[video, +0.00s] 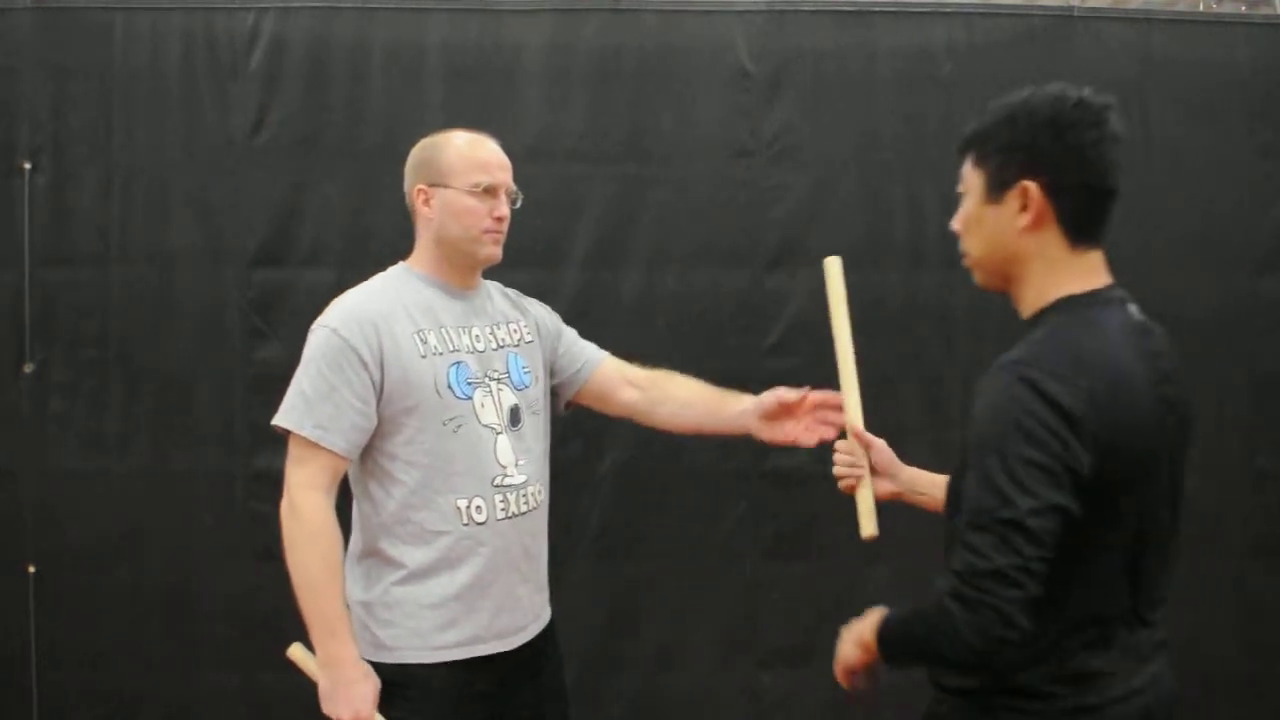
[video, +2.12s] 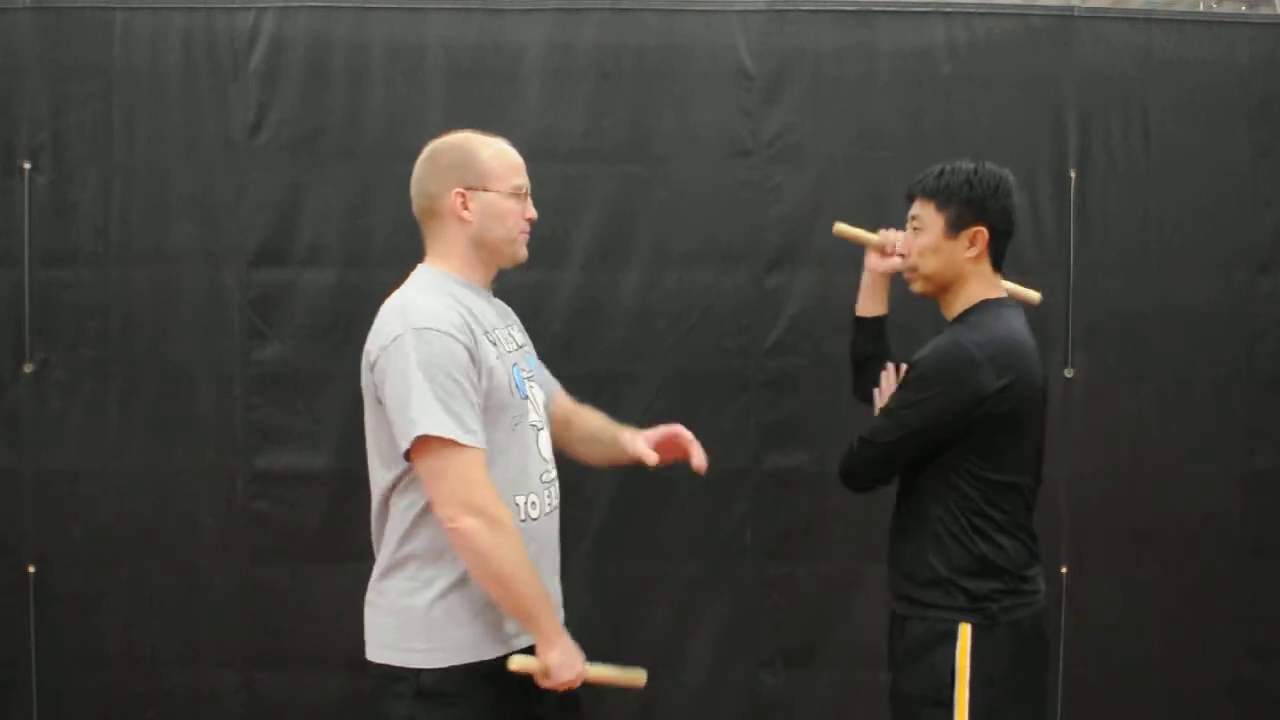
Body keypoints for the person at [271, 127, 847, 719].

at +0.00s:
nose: (503, 210)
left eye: (508, 195)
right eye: (483, 192)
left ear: (511, 205)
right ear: (423, 200)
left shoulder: (523, 318)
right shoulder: (358, 324)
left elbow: (634, 388)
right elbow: (305, 497)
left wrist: (751, 414)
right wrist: (339, 665)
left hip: (526, 644)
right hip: (413, 662)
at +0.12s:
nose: (498, 206)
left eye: (503, 192)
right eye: (478, 190)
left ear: (508, 201)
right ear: (418, 200)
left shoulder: (514, 319)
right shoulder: (351, 325)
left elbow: (610, 412)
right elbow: (300, 500)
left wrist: (716, 468)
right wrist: (343, 672)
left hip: (523, 646)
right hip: (408, 669)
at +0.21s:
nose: (501, 209)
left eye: (504, 193)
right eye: (481, 190)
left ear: (507, 200)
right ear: (419, 200)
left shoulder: (507, 318)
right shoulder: (351, 325)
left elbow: (587, 426)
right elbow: (303, 502)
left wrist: (681, 513)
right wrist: (349, 674)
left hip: (522, 644)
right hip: (410, 672)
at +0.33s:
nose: (515, 210)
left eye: (515, 194)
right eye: (494, 191)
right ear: (434, 201)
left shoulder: (510, 319)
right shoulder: (365, 323)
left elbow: (560, 444)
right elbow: (323, 497)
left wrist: (622, 561)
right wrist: (368, 671)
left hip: (524, 644)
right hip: (417, 670)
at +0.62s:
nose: (572, 212)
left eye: (570, 197)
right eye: (553, 193)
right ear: (496, 202)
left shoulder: (545, 322)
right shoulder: (428, 310)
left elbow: (559, 463)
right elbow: (395, 479)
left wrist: (579, 585)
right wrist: (446, 643)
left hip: (542, 642)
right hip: (451, 653)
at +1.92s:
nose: (542, 215)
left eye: (539, 199)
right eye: (528, 197)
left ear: (476, 205)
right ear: (471, 203)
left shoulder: (507, 321)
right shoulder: (415, 326)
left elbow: (542, 450)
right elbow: (430, 512)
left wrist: (620, 526)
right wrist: (503, 655)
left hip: (535, 650)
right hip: (440, 664)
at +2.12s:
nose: (532, 212)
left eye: (529, 196)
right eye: (517, 194)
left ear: (468, 206)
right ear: (463, 204)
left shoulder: (495, 318)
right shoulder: (423, 326)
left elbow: (560, 416)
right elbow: (466, 511)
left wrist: (632, 442)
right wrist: (549, 633)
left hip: (513, 647)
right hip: (444, 660)